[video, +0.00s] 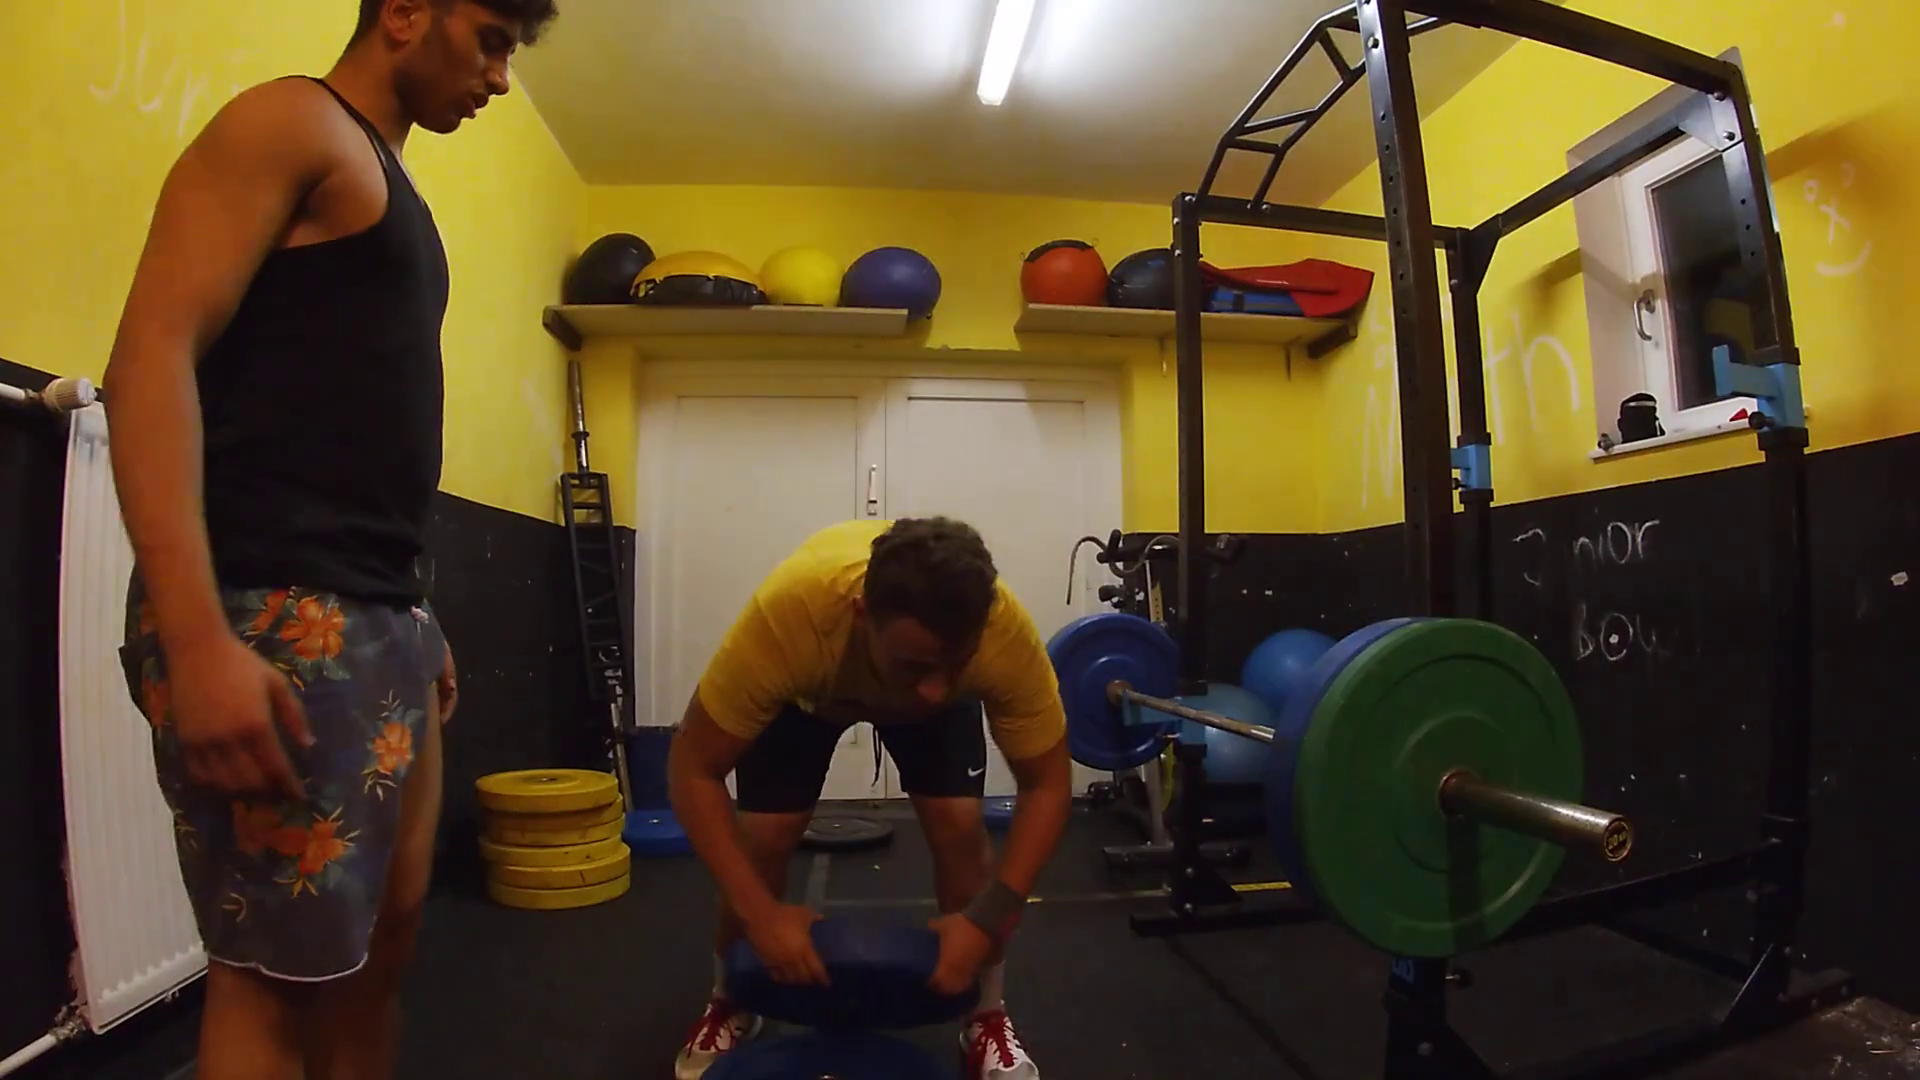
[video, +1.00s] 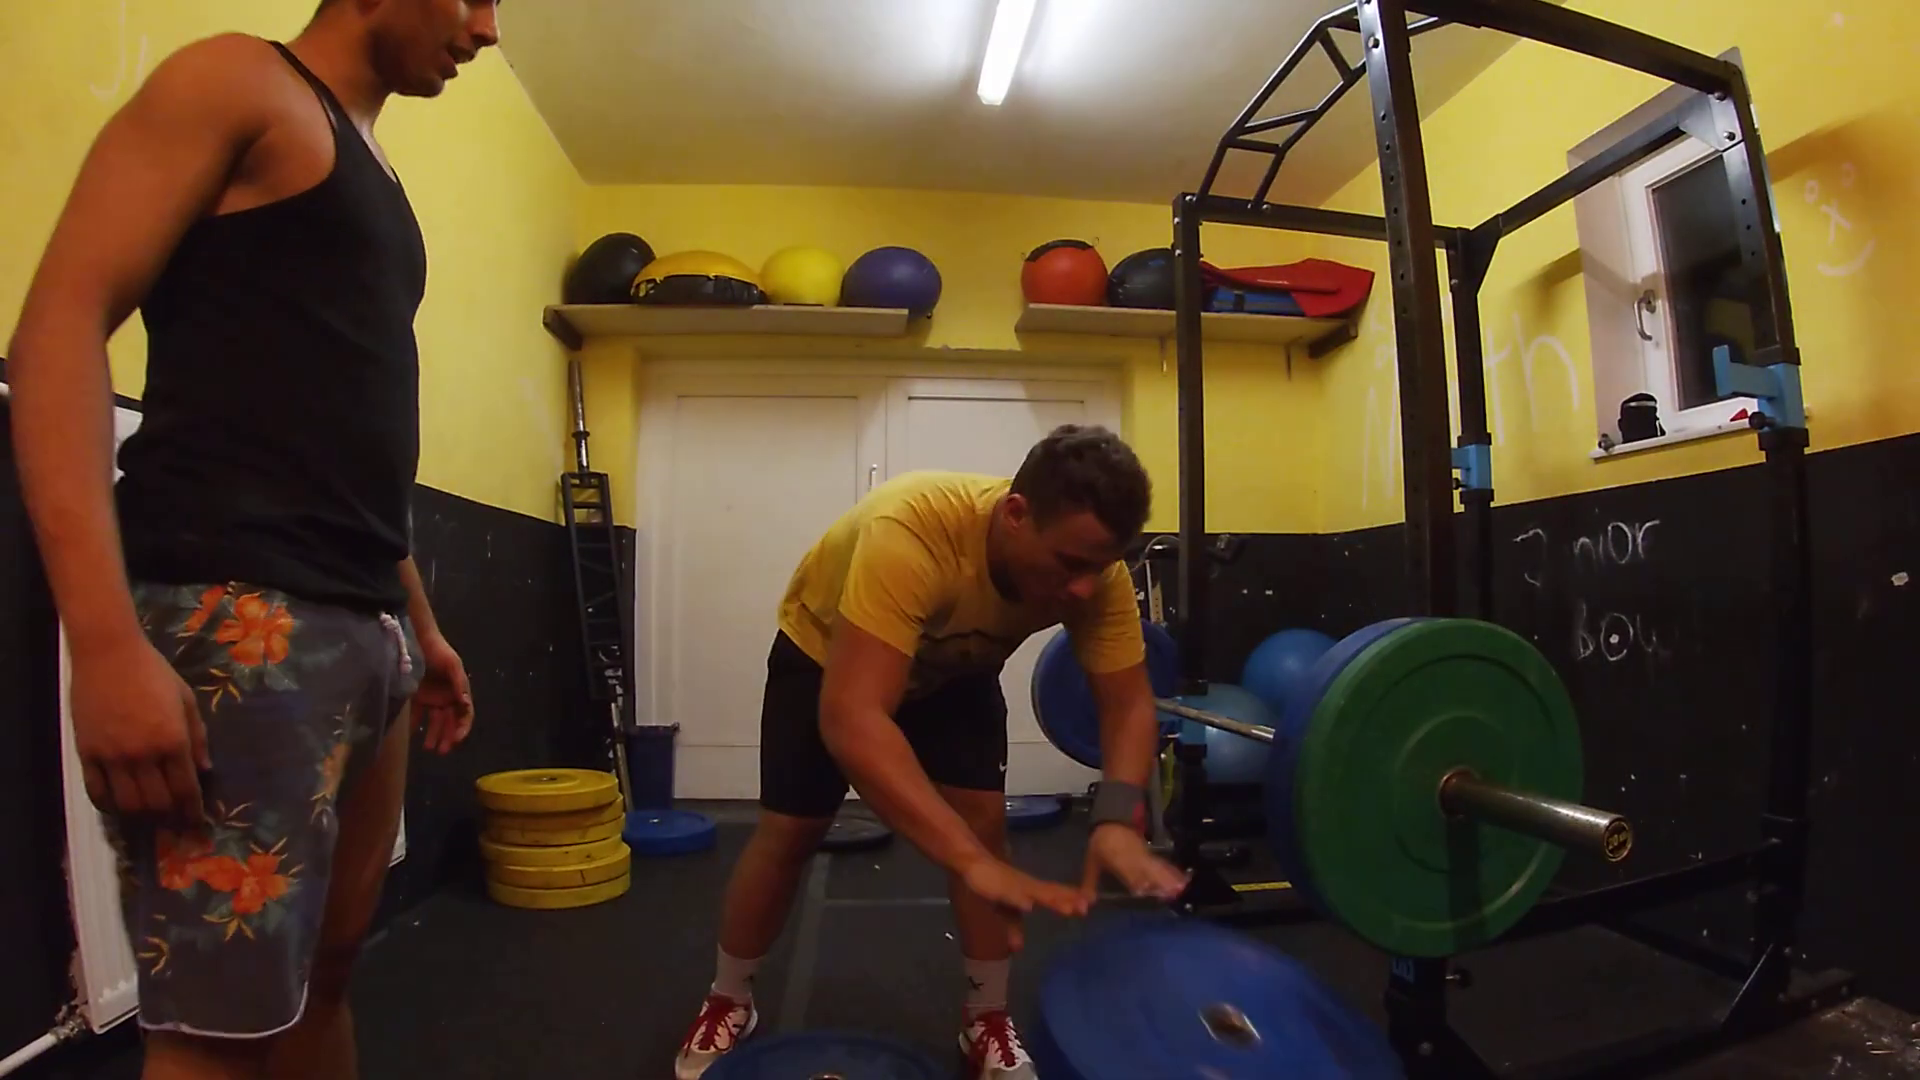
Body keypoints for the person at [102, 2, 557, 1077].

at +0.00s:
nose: (503, 78)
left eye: (512, 52)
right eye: (494, 41)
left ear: (409, 28)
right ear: (404, 16)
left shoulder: (385, 175)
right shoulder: (288, 123)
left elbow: (353, 432)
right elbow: (148, 360)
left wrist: (411, 621)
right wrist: (196, 642)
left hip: (379, 624)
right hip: (281, 623)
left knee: (378, 949)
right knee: (268, 980)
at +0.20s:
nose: (511, 91)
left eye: (520, 68)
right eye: (503, 55)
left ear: (424, 36)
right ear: (418, 24)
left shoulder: (393, 189)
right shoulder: (293, 127)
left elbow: (363, 429)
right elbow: (149, 349)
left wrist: (427, 604)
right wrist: (256, 605)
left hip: (373, 616)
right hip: (281, 617)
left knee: (340, 961)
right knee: (292, 980)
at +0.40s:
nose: (525, 102)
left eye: (533, 78)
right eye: (513, 65)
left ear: (440, 53)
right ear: (427, 39)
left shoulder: (407, 213)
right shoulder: (295, 137)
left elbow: (385, 444)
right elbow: (140, 356)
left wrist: (446, 613)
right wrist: (210, 608)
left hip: (372, 613)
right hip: (281, 610)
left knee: (332, 961)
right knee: (338, 970)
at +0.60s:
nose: (518, 90)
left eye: (525, 66)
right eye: (505, 55)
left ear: (434, 45)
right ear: (417, 31)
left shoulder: (401, 202)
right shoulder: (288, 134)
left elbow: (385, 442)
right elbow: (125, 357)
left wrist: (445, 618)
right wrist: (128, 629)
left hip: (369, 617)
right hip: (278, 611)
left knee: (331, 972)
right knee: (315, 980)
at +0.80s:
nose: (507, 71)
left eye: (516, 42)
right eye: (495, 33)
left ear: (414, 26)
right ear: (405, 16)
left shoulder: (385, 185)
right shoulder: (269, 119)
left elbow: (367, 432)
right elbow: (101, 354)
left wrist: (431, 615)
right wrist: (125, 641)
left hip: (370, 626)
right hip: (268, 623)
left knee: (320, 985)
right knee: (268, 1023)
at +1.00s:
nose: (486, 30)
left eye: (490, 12)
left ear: (384, 2)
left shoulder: (363, 165)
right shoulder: (232, 80)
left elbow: (344, 423)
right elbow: (55, 333)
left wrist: (414, 616)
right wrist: (104, 643)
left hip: (361, 634)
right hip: (236, 631)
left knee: (319, 993)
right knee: (214, 1035)